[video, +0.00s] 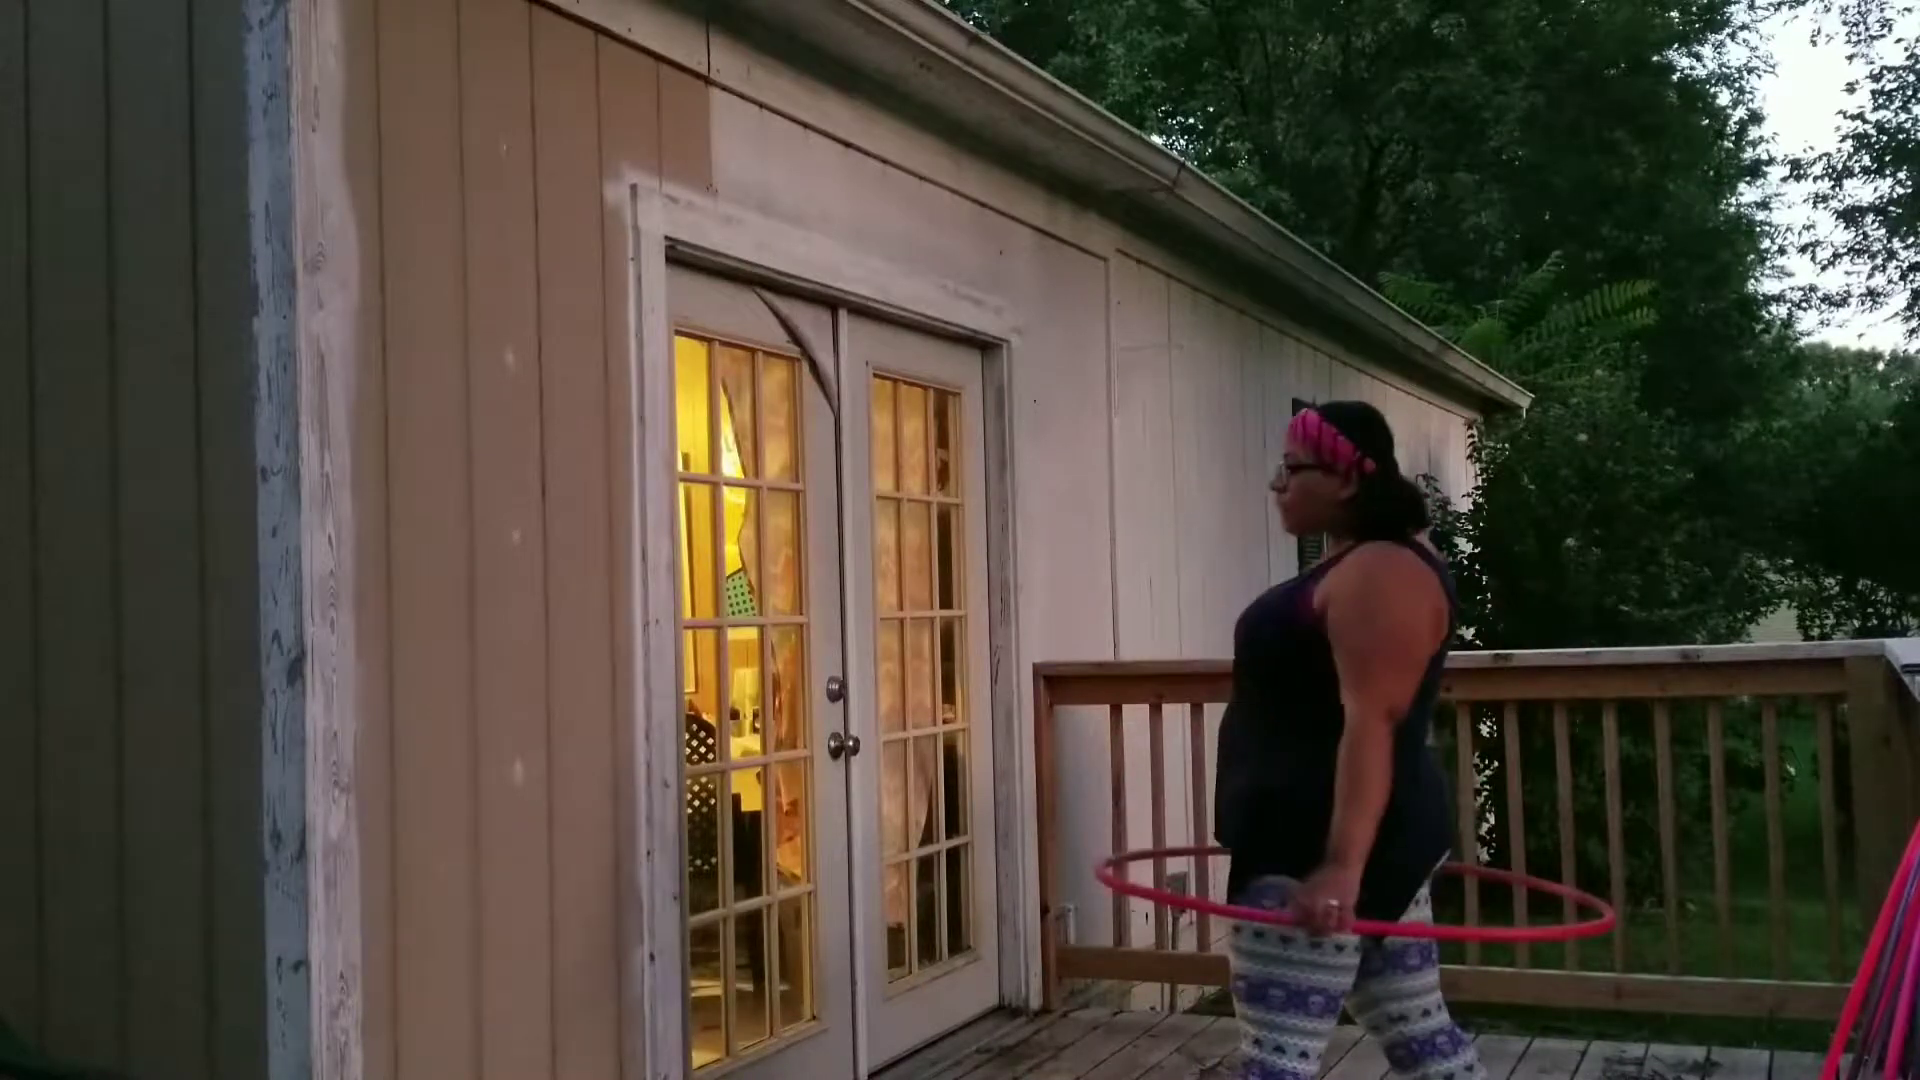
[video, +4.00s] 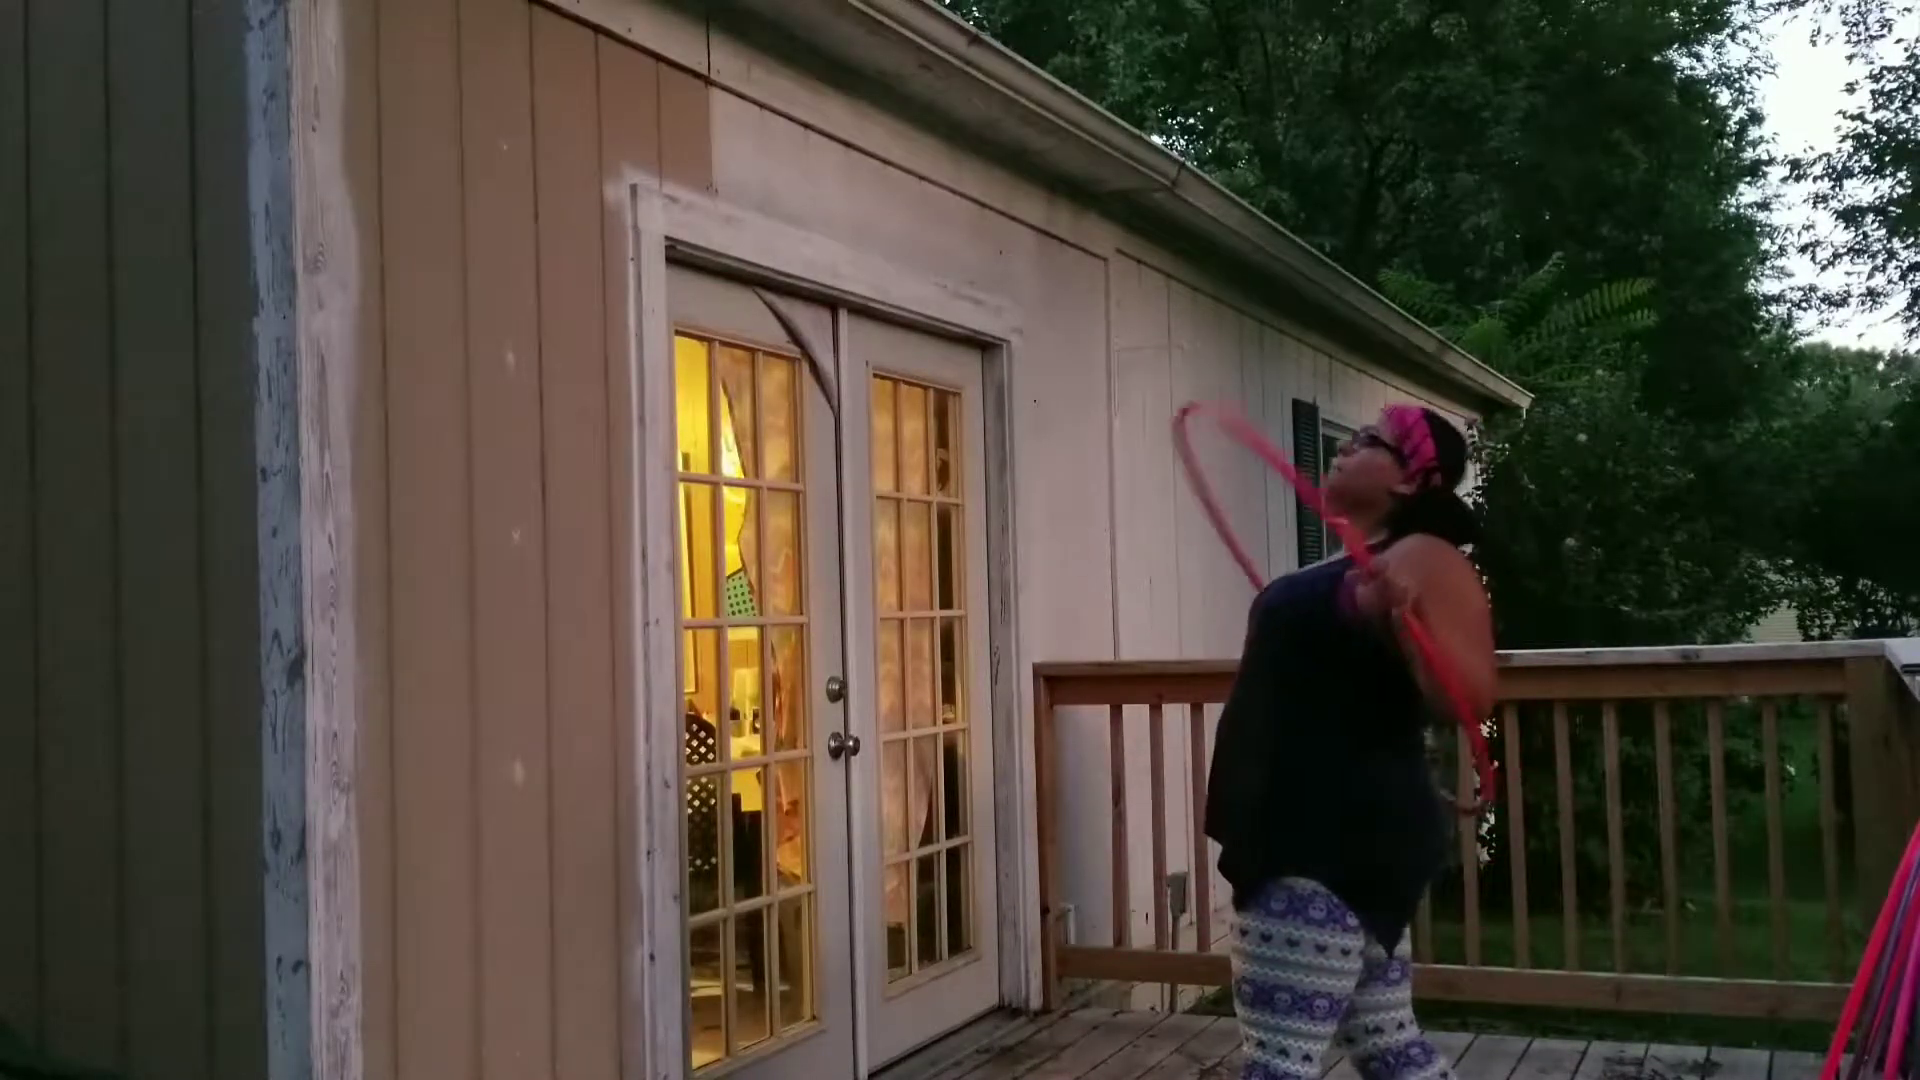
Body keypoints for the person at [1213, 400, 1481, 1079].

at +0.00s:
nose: (1277, 482)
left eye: (1293, 468)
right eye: (1281, 466)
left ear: (1346, 481)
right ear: (1350, 481)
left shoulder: (1379, 572)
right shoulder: (1378, 562)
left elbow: (1373, 722)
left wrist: (1342, 864)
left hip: (1305, 859)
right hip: (1372, 855)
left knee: (1274, 1063)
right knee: (1425, 1043)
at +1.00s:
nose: (1195, 602)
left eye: (1193, 582)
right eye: (1184, 588)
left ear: (1225, 547)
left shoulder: (1323, 564)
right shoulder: (1270, 606)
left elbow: (1385, 701)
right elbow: (1300, 745)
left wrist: (1369, 846)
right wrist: (1266, 872)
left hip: (1337, 876)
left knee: (1294, 1062)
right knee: (1391, 1049)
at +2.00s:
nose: (1164, 501)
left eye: (1181, 484)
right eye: (1166, 485)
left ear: (1237, 489)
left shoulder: (1289, 555)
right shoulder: (1238, 581)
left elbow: (1426, 598)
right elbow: (1261, 730)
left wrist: (1393, 743)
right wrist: (1219, 853)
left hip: (1314, 863)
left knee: (1275, 1064)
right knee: (1397, 1049)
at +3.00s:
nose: (1369, 459)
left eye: (1395, 454)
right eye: (1376, 448)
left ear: (1435, 491)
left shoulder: (1440, 589)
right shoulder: (1367, 581)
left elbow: (1425, 739)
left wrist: (1416, 883)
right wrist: (1269, 860)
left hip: (1338, 877)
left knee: (1285, 1062)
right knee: (1383, 1053)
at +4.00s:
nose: (1346, 448)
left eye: (1370, 442)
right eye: (1354, 437)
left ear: (1411, 480)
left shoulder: (1423, 557)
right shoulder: (1327, 572)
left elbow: (1470, 696)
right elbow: (1267, 708)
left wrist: (1399, 619)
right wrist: (1229, 811)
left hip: (1335, 851)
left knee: (1278, 1058)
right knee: (1388, 1045)